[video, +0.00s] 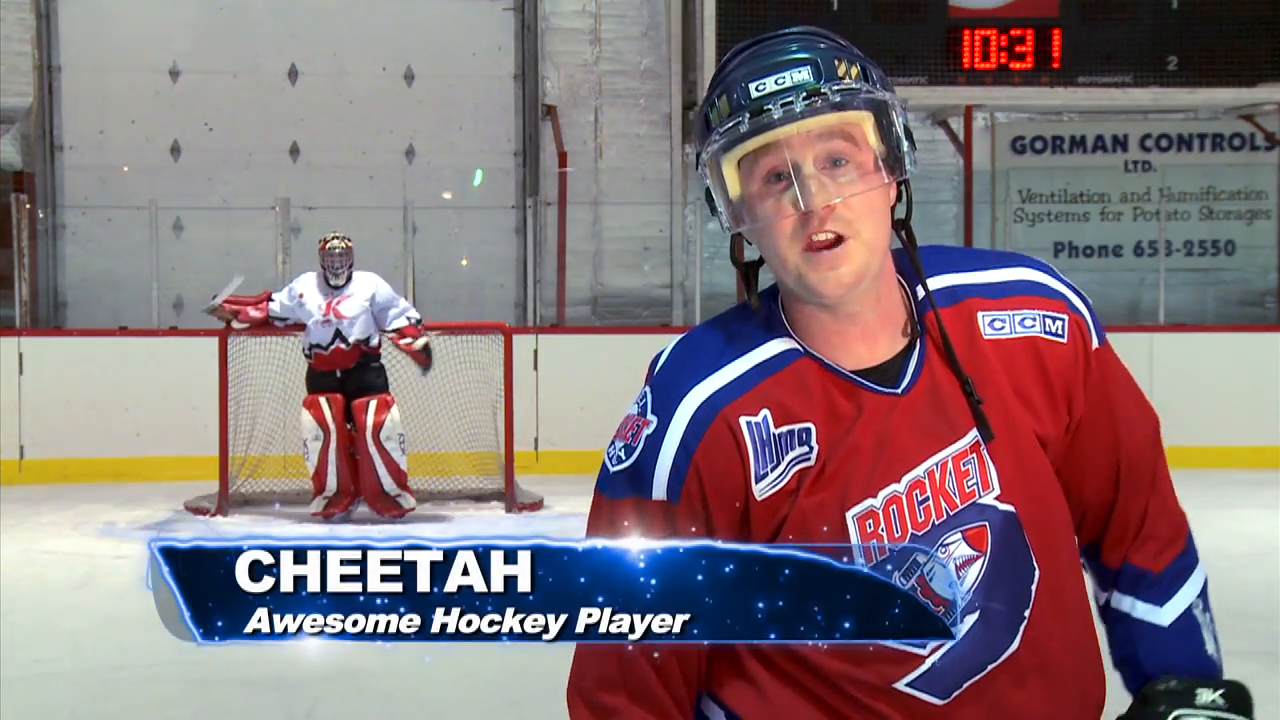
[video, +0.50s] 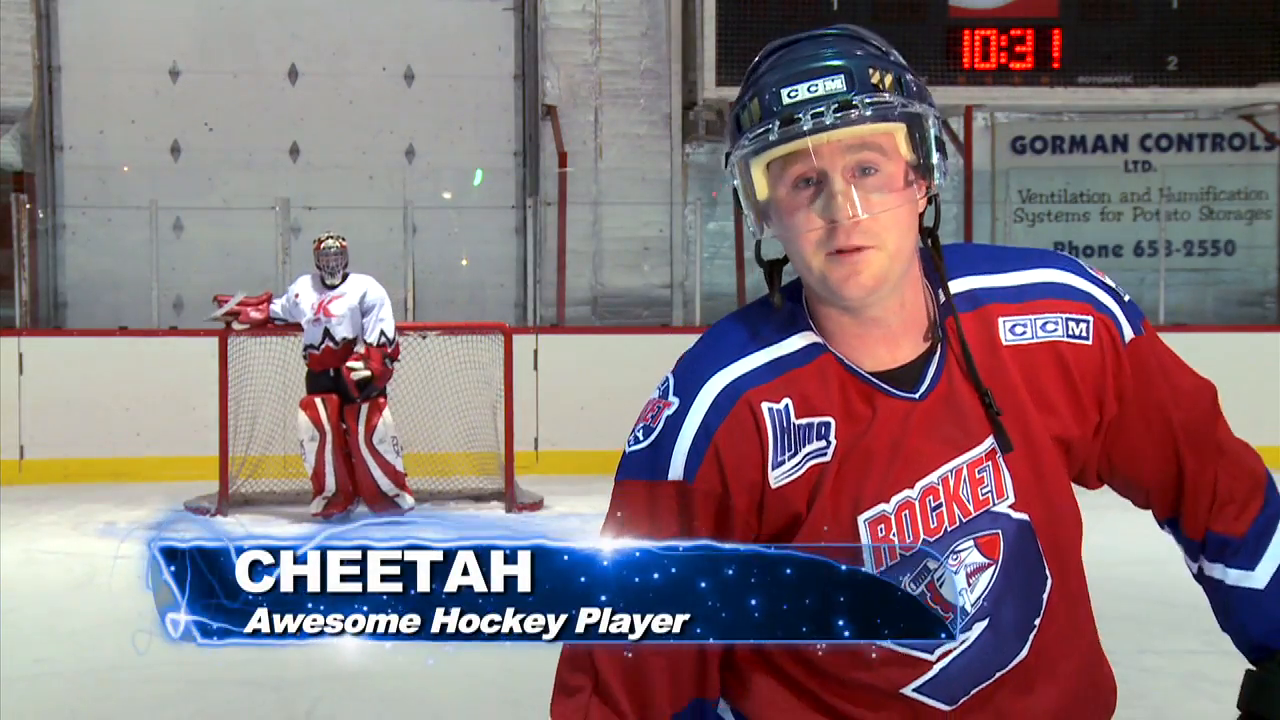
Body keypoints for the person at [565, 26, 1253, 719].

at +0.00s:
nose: (815, 201)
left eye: (837, 163)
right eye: (779, 180)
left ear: (889, 180)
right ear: (741, 221)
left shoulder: (1036, 314)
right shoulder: (689, 413)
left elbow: (1139, 527)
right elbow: (626, 689)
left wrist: (1187, 698)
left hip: (1052, 710)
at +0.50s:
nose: (840, 209)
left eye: (868, 171)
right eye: (805, 183)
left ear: (921, 185)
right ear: (771, 216)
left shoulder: (1063, 316)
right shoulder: (710, 413)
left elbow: (1229, 501)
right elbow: (621, 684)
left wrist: (1272, 648)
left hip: (1056, 702)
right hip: (821, 711)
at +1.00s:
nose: (884, 174)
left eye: (911, 140)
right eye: (849, 151)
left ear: (961, 163)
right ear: (810, 186)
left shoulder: (1084, 327)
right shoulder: (740, 368)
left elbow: (1208, 578)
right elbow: (633, 652)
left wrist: (1264, 701)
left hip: (1062, 707)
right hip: (819, 713)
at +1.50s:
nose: (884, 176)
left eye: (911, 144)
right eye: (851, 153)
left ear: (959, 170)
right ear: (812, 187)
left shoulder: (1080, 327)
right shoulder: (747, 368)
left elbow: (1198, 581)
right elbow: (635, 645)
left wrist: (1268, 700)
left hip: (1068, 708)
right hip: (828, 715)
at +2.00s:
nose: (987, 174)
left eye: (1018, 148)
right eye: (957, 140)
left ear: (1050, 178)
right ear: (905, 156)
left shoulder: (1135, 342)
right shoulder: (798, 337)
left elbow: (1258, 583)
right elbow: (696, 602)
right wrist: (633, 715)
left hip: (1082, 704)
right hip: (848, 708)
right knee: (617, 689)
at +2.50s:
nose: (1037, 187)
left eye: (1068, 161)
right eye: (1010, 152)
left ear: (1098, 188)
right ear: (959, 164)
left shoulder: (1169, 352)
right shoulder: (844, 328)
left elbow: (1263, 596)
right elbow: (732, 576)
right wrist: (620, 709)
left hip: (1103, 708)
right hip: (869, 707)